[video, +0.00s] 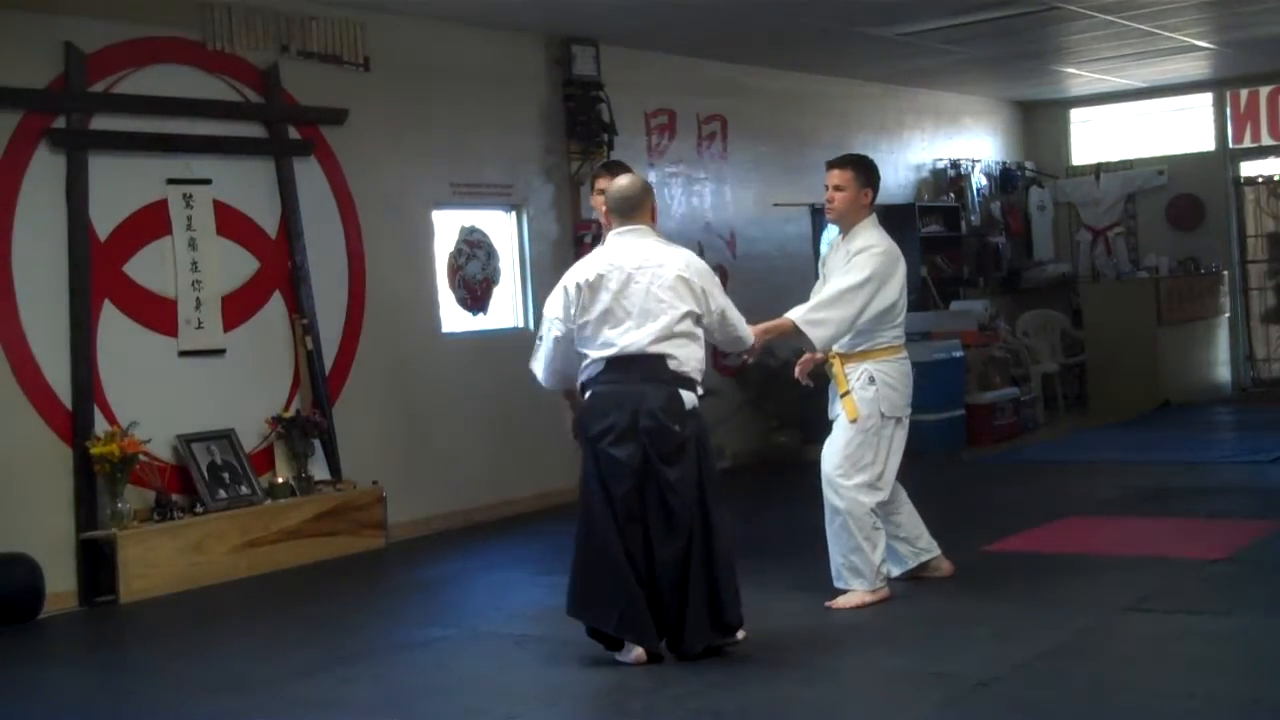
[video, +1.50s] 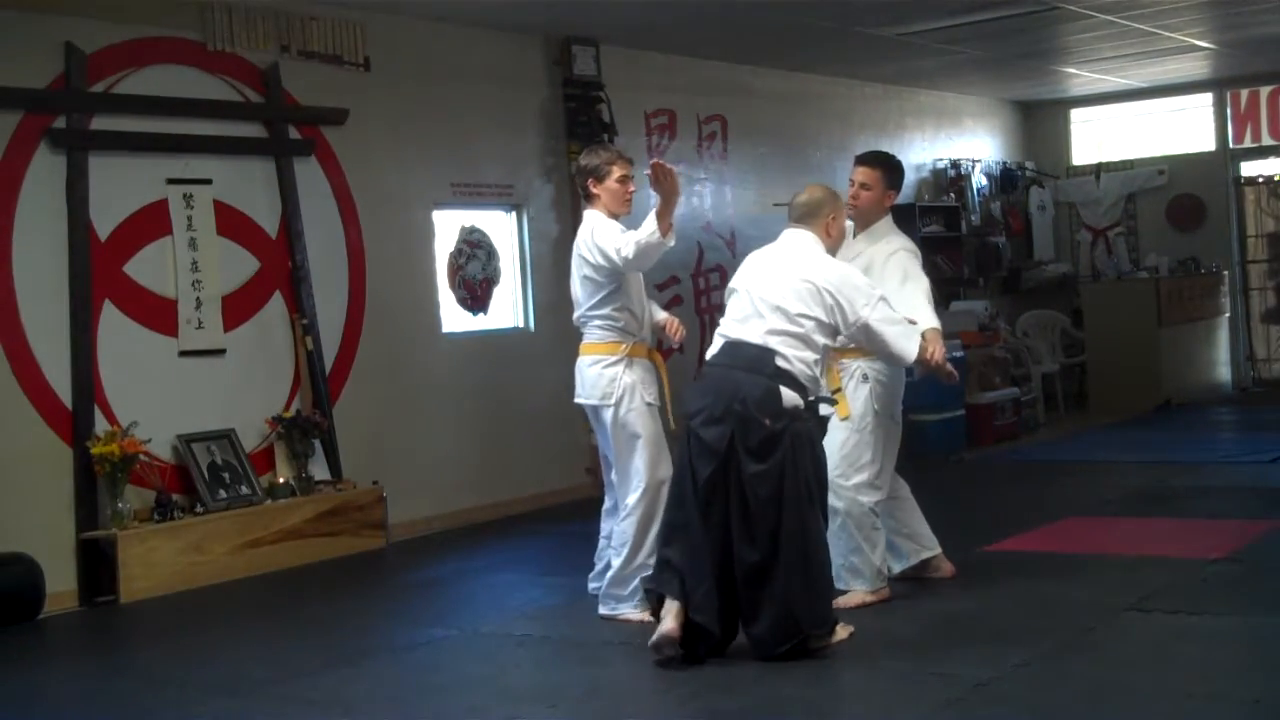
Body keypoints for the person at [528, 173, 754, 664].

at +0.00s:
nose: (595, 216)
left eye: (596, 210)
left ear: (605, 215)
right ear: (653, 211)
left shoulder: (581, 274)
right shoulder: (687, 265)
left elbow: (551, 369)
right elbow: (738, 339)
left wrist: (579, 402)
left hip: (606, 401)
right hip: (671, 398)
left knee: (616, 517)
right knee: (689, 511)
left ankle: (635, 638)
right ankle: (714, 623)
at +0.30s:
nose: (695, 220)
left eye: (692, 213)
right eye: (693, 213)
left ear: (640, 217)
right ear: (685, 216)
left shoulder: (604, 269)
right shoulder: (710, 266)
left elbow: (600, 341)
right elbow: (758, 343)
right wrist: (768, 360)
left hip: (624, 399)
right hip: (689, 398)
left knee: (628, 518)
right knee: (727, 507)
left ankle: (635, 639)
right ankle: (770, 616)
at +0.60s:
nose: (780, 222)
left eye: (777, 215)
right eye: (778, 215)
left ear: (728, 219)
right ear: (769, 219)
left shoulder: (694, 265)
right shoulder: (789, 275)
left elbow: (688, 324)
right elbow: (837, 346)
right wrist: (853, 379)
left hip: (682, 393)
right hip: (747, 398)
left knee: (675, 515)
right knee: (774, 514)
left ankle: (649, 629)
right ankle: (799, 623)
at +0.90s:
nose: (846, 234)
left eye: (845, 225)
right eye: (845, 226)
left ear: (798, 223)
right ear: (834, 226)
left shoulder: (762, 260)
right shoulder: (835, 276)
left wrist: (880, 307)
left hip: (710, 382)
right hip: (770, 394)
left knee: (688, 505)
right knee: (799, 514)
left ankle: (649, 614)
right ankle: (815, 622)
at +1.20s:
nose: (862, 237)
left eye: (861, 229)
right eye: (862, 229)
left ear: (812, 223)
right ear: (850, 228)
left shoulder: (774, 262)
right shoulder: (851, 278)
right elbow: (909, 334)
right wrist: (942, 343)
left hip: (718, 379)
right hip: (778, 392)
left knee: (696, 500)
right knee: (803, 514)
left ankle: (653, 610)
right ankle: (812, 625)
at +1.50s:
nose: (847, 232)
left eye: (846, 224)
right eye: (845, 224)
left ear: (792, 221)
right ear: (831, 224)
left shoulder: (755, 259)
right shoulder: (837, 275)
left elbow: (736, 307)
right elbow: (895, 334)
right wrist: (930, 358)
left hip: (714, 378)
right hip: (777, 388)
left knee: (697, 501)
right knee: (797, 513)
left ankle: (674, 609)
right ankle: (811, 625)